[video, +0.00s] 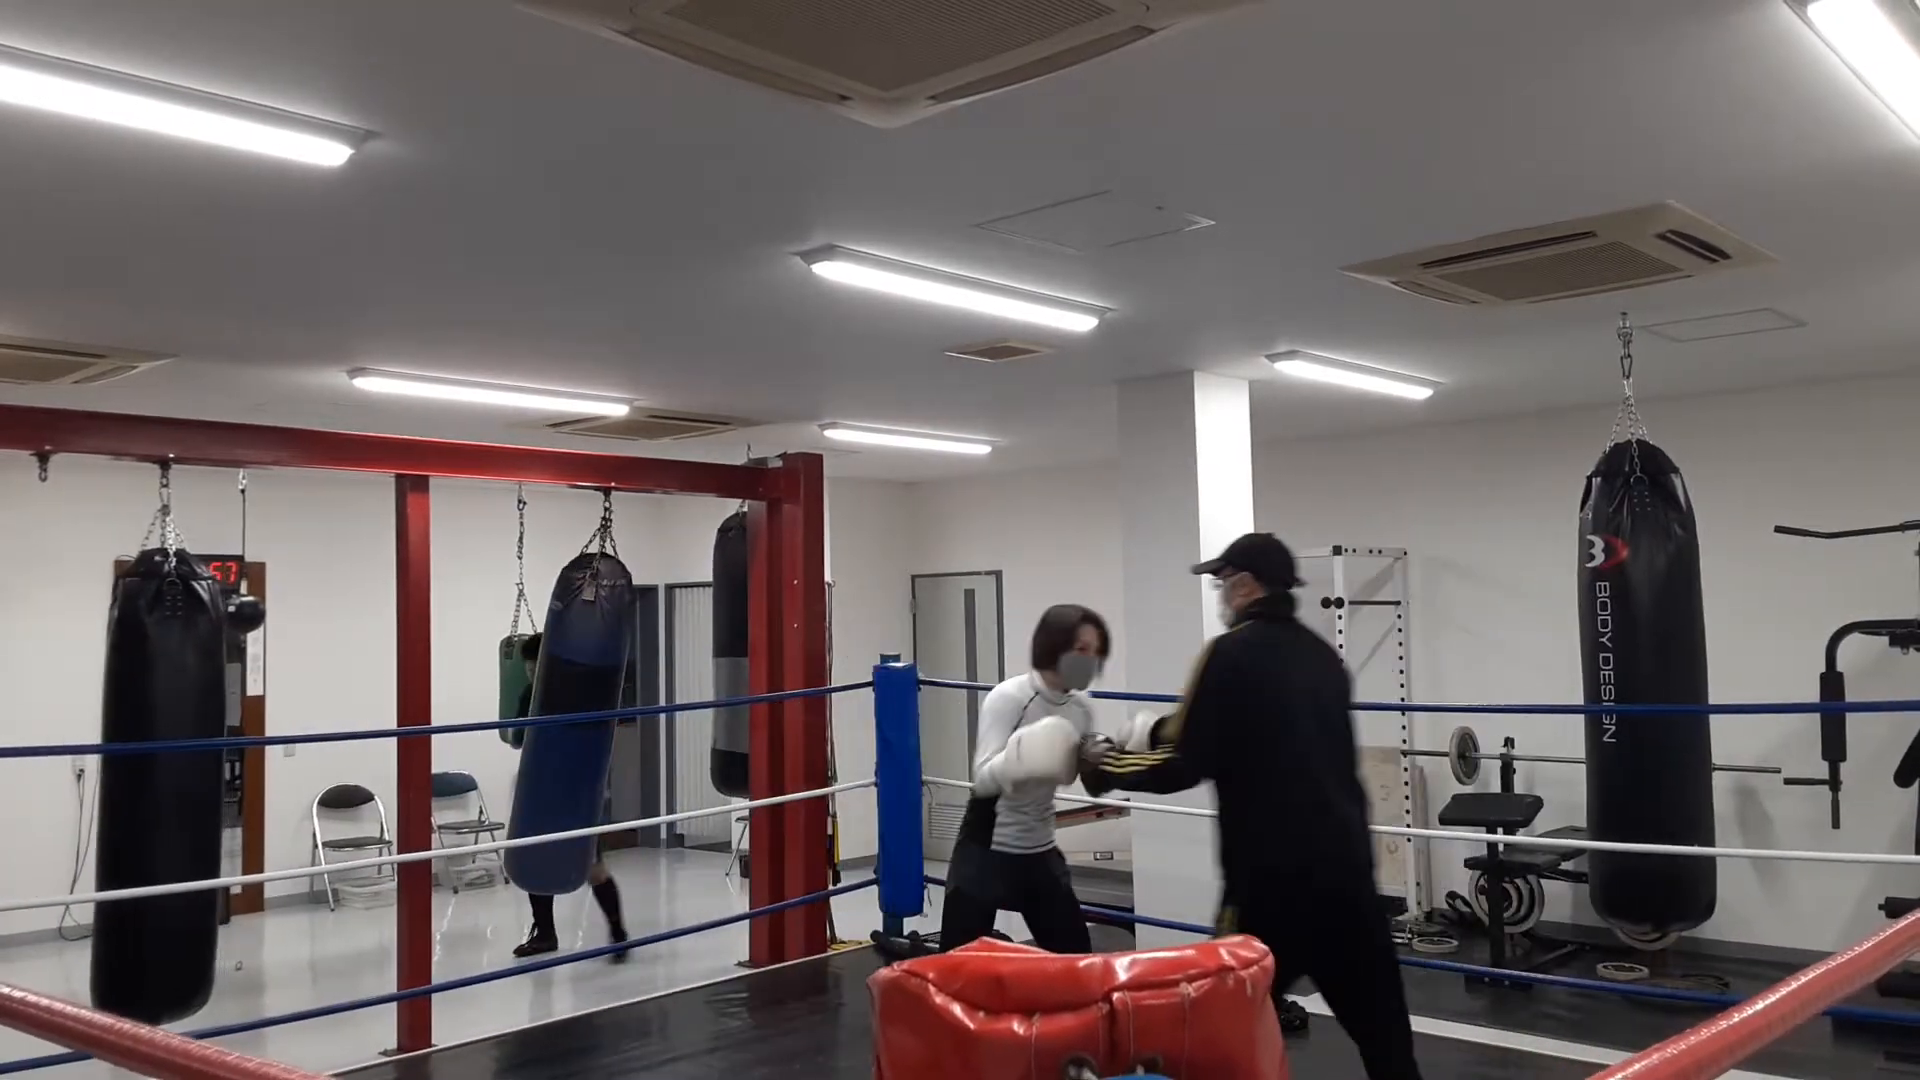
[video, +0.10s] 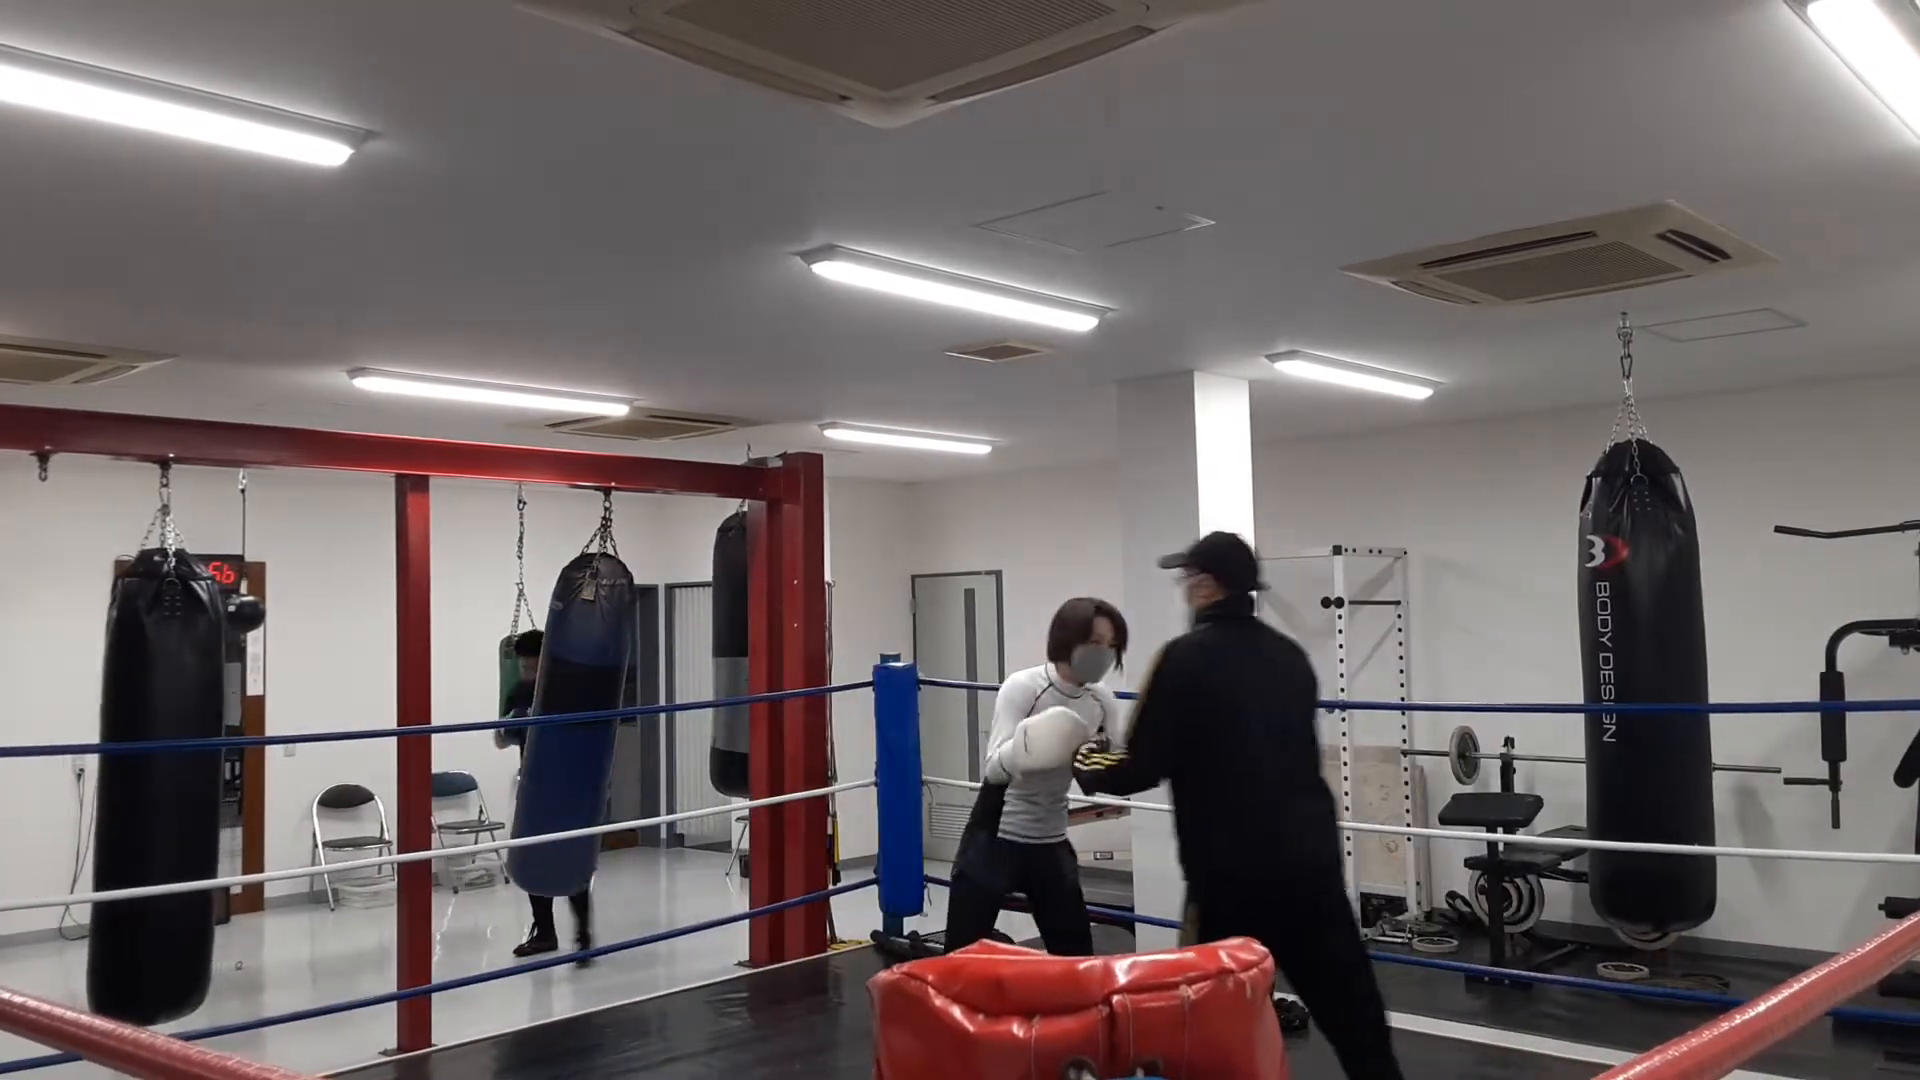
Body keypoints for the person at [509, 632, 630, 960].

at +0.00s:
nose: (531, 669)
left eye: (536, 663)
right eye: (530, 664)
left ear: (549, 663)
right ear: (531, 667)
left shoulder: (579, 685)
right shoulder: (535, 694)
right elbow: (515, 738)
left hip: (579, 776)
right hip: (541, 777)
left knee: (588, 853)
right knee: (535, 849)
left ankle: (617, 931)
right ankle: (544, 932)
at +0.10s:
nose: (526, 668)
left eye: (532, 662)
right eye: (524, 662)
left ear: (547, 660)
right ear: (520, 663)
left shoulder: (570, 689)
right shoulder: (523, 695)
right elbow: (502, 738)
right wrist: (515, 721)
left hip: (573, 780)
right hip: (536, 782)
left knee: (574, 854)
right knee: (532, 853)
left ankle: (583, 936)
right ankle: (543, 932)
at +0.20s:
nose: (526, 671)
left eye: (532, 665)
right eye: (521, 665)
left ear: (546, 662)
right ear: (515, 664)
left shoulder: (559, 690)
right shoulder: (508, 696)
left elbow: (576, 730)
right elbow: (485, 744)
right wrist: (495, 731)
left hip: (556, 781)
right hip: (523, 784)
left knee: (551, 849)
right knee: (525, 853)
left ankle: (546, 931)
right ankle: (540, 930)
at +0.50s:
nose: (514, 675)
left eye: (522, 668)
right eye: (508, 667)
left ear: (538, 663)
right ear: (501, 664)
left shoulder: (553, 698)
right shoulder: (489, 693)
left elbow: (572, 739)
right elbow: (465, 739)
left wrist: (551, 745)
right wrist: (488, 740)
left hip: (534, 791)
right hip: (497, 790)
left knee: (520, 874)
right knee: (487, 874)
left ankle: (512, 951)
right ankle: (523, 915)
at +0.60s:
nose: (509, 672)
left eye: (517, 665)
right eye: (502, 665)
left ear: (531, 662)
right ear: (494, 663)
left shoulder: (543, 696)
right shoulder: (481, 693)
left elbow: (566, 743)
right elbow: (457, 739)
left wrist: (534, 742)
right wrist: (479, 736)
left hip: (524, 796)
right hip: (484, 794)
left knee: (516, 876)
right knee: (466, 874)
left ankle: (512, 953)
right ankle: (495, 927)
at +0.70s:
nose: (502, 671)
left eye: (509, 663)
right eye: (495, 664)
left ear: (523, 660)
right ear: (487, 663)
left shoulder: (538, 696)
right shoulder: (476, 693)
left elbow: (556, 746)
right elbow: (451, 741)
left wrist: (525, 740)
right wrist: (475, 735)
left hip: (519, 797)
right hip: (478, 795)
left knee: (516, 876)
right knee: (455, 872)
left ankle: (512, 954)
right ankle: (462, 947)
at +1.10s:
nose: (465, 674)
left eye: (471, 665)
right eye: (456, 667)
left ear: (481, 661)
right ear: (443, 665)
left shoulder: (499, 699)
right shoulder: (428, 700)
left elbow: (520, 748)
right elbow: (409, 745)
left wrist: (486, 746)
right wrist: (434, 746)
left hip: (479, 808)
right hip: (434, 808)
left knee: (479, 884)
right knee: (432, 887)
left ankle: (500, 943)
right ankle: (429, 967)